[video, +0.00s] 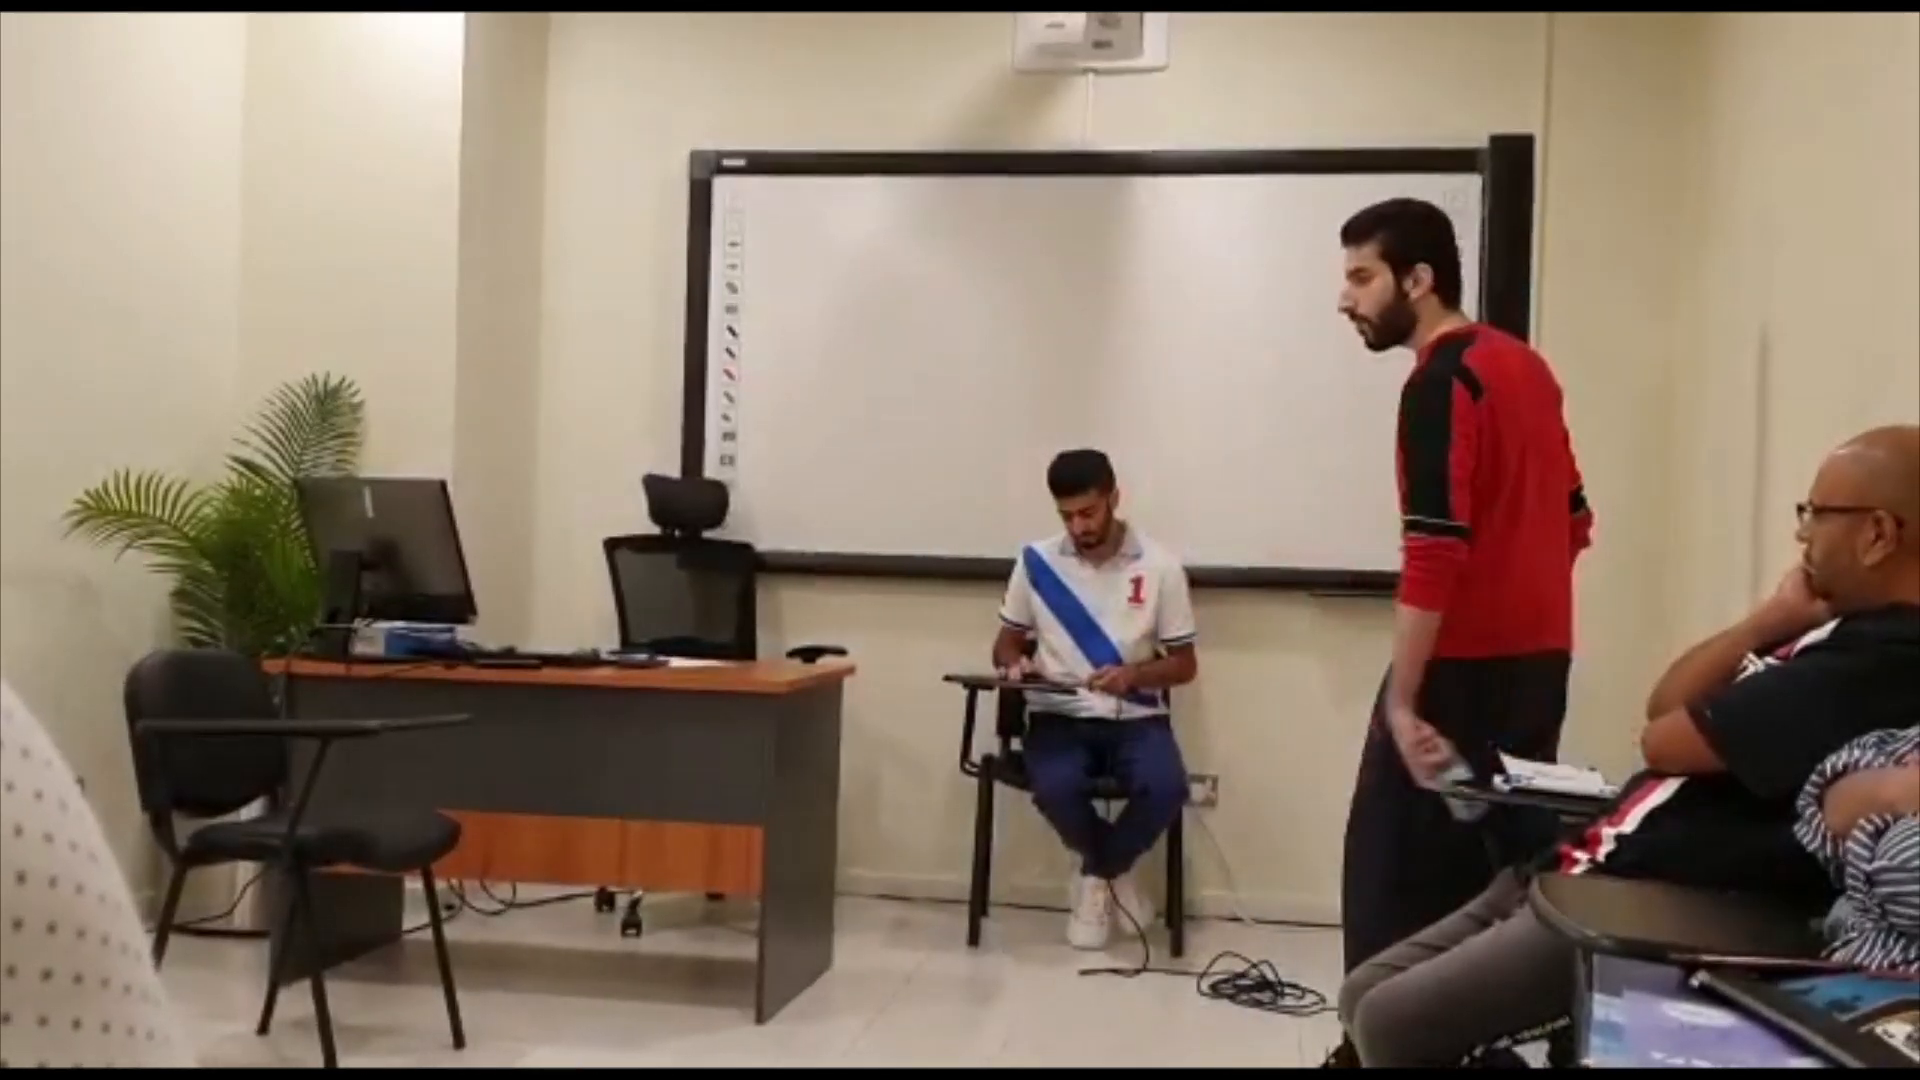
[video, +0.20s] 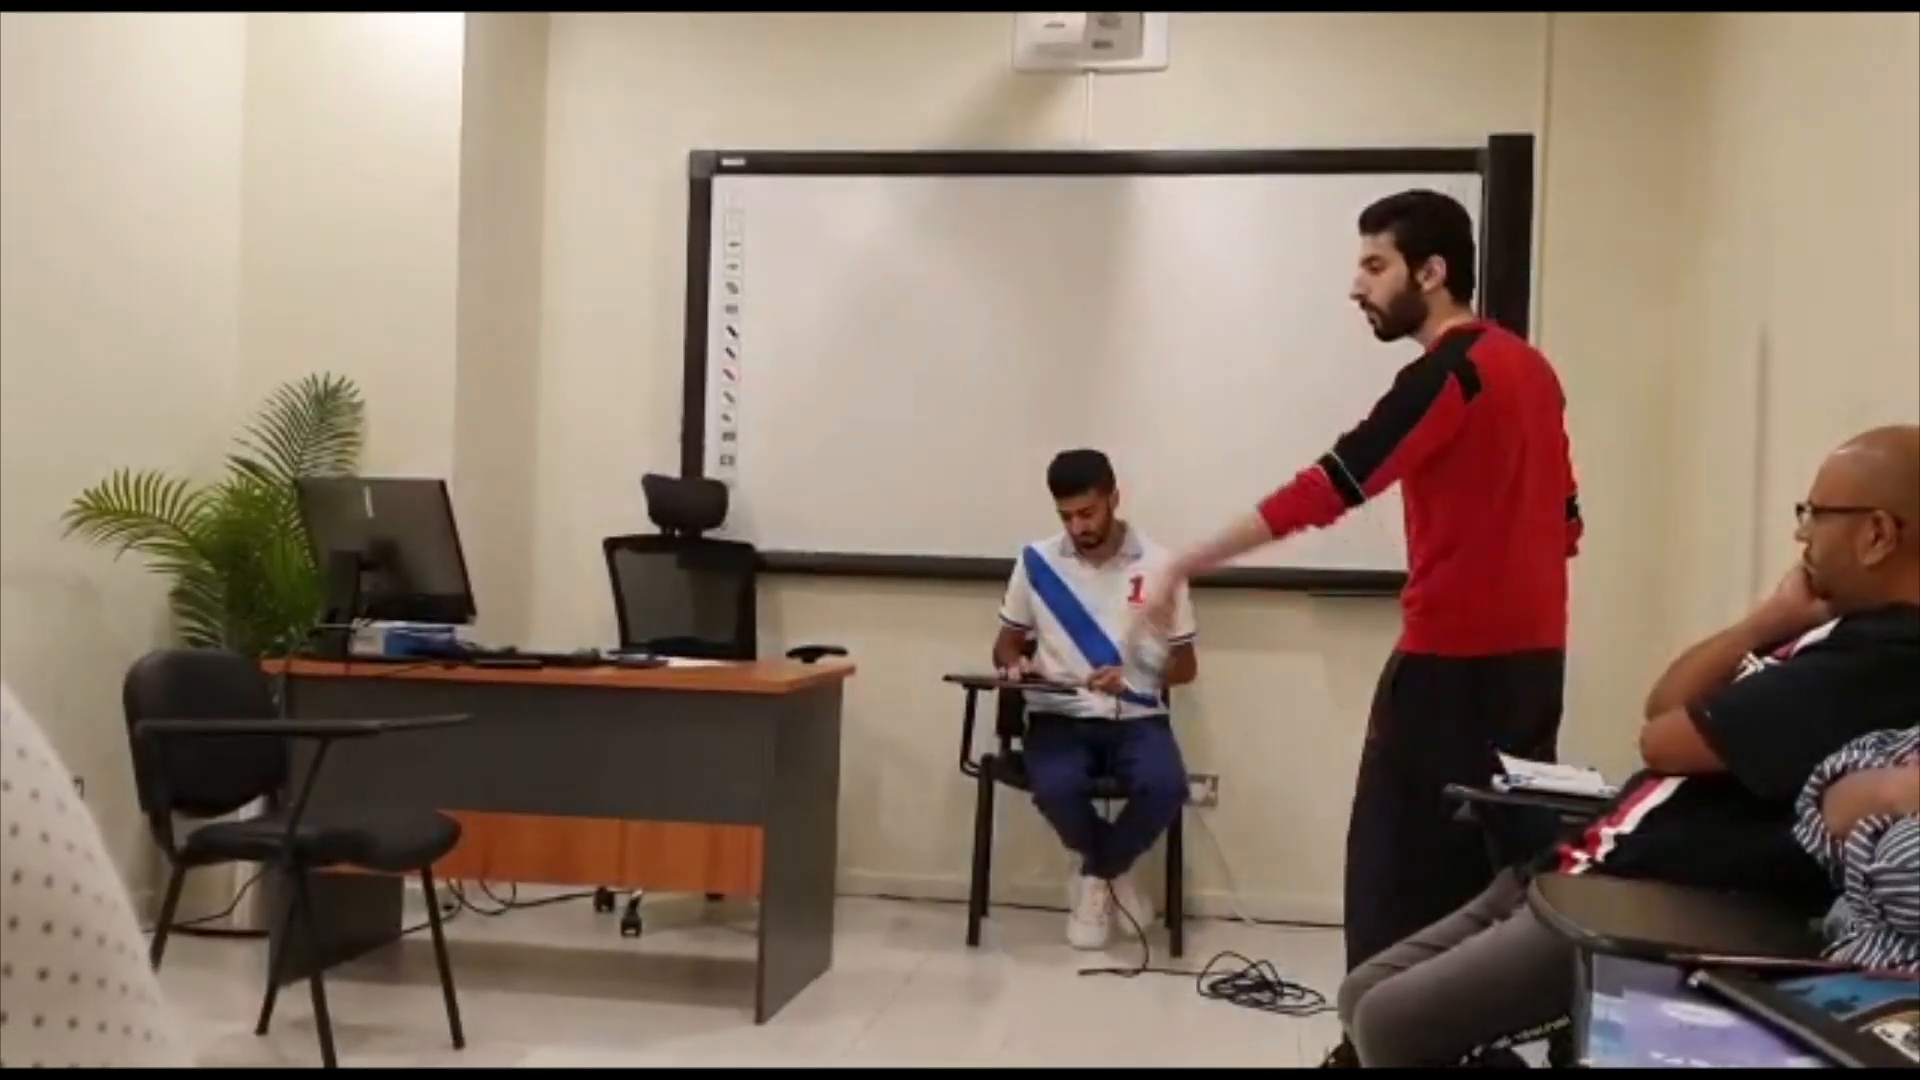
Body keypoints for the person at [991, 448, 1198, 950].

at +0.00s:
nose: (1078, 528)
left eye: (1088, 513)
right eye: (1068, 516)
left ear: (1114, 499)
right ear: (1057, 510)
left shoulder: (1159, 567)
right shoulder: (1036, 563)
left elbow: (1183, 664)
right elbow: (1008, 641)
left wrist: (1132, 676)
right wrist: (1012, 662)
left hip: (1135, 718)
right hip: (1058, 717)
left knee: (1164, 790)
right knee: (1054, 791)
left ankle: (1095, 879)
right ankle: (1115, 868)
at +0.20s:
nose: (1078, 527)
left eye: (1087, 513)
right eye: (1067, 516)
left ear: (1114, 499)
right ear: (1057, 511)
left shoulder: (1158, 566)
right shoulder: (1036, 563)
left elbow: (1184, 667)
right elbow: (1007, 645)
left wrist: (1133, 676)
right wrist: (1014, 663)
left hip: (1136, 717)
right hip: (1060, 716)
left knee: (1164, 789)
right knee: (1055, 792)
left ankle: (1095, 880)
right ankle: (1115, 871)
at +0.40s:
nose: (1078, 527)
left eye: (1087, 513)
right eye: (1067, 515)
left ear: (1113, 500)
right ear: (1056, 509)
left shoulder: (1158, 566)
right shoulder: (1035, 562)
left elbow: (1183, 663)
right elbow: (1008, 643)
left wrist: (1131, 675)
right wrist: (1013, 662)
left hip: (1135, 717)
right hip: (1059, 716)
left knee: (1163, 789)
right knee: (1055, 793)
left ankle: (1095, 880)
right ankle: (1114, 871)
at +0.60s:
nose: (1077, 526)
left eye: (1087, 512)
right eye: (1067, 514)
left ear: (1113, 499)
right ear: (1055, 508)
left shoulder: (1158, 565)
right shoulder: (1035, 562)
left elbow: (1182, 663)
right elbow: (1007, 641)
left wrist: (1130, 674)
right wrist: (1012, 662)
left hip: (1134, 717)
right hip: (1058, 716)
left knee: (1162, 788)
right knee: (1054, 791)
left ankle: (1094, 879)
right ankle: (1114, 868)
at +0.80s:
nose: (1078, 525)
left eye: (1087, 511)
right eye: (1067, 514)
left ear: (1112, 499)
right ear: (1055, 509)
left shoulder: (1157, 565)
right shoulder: (1035, 562)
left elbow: (1182, 663)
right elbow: (1005, 644)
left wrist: (1130, 674)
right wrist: (1012, 662)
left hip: (1134, 716)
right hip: (1057, 716)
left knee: (1162, 788)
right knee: (1054, 791)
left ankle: (1093, 879)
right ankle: (1114, 869)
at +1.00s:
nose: (1077, 525)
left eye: (1086, 512)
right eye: (1067, 513)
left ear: (1113, 504)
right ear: (1057, 510)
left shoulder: (1157, 567)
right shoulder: (1034, 562)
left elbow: (1182, 664)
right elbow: (1004, 645)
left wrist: (1129, 674)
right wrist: (1013, 662)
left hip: (1133, 718)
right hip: (1056, 717)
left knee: (1162, 788)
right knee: (1054, 791)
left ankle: (1093, 880)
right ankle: (1113, 868)